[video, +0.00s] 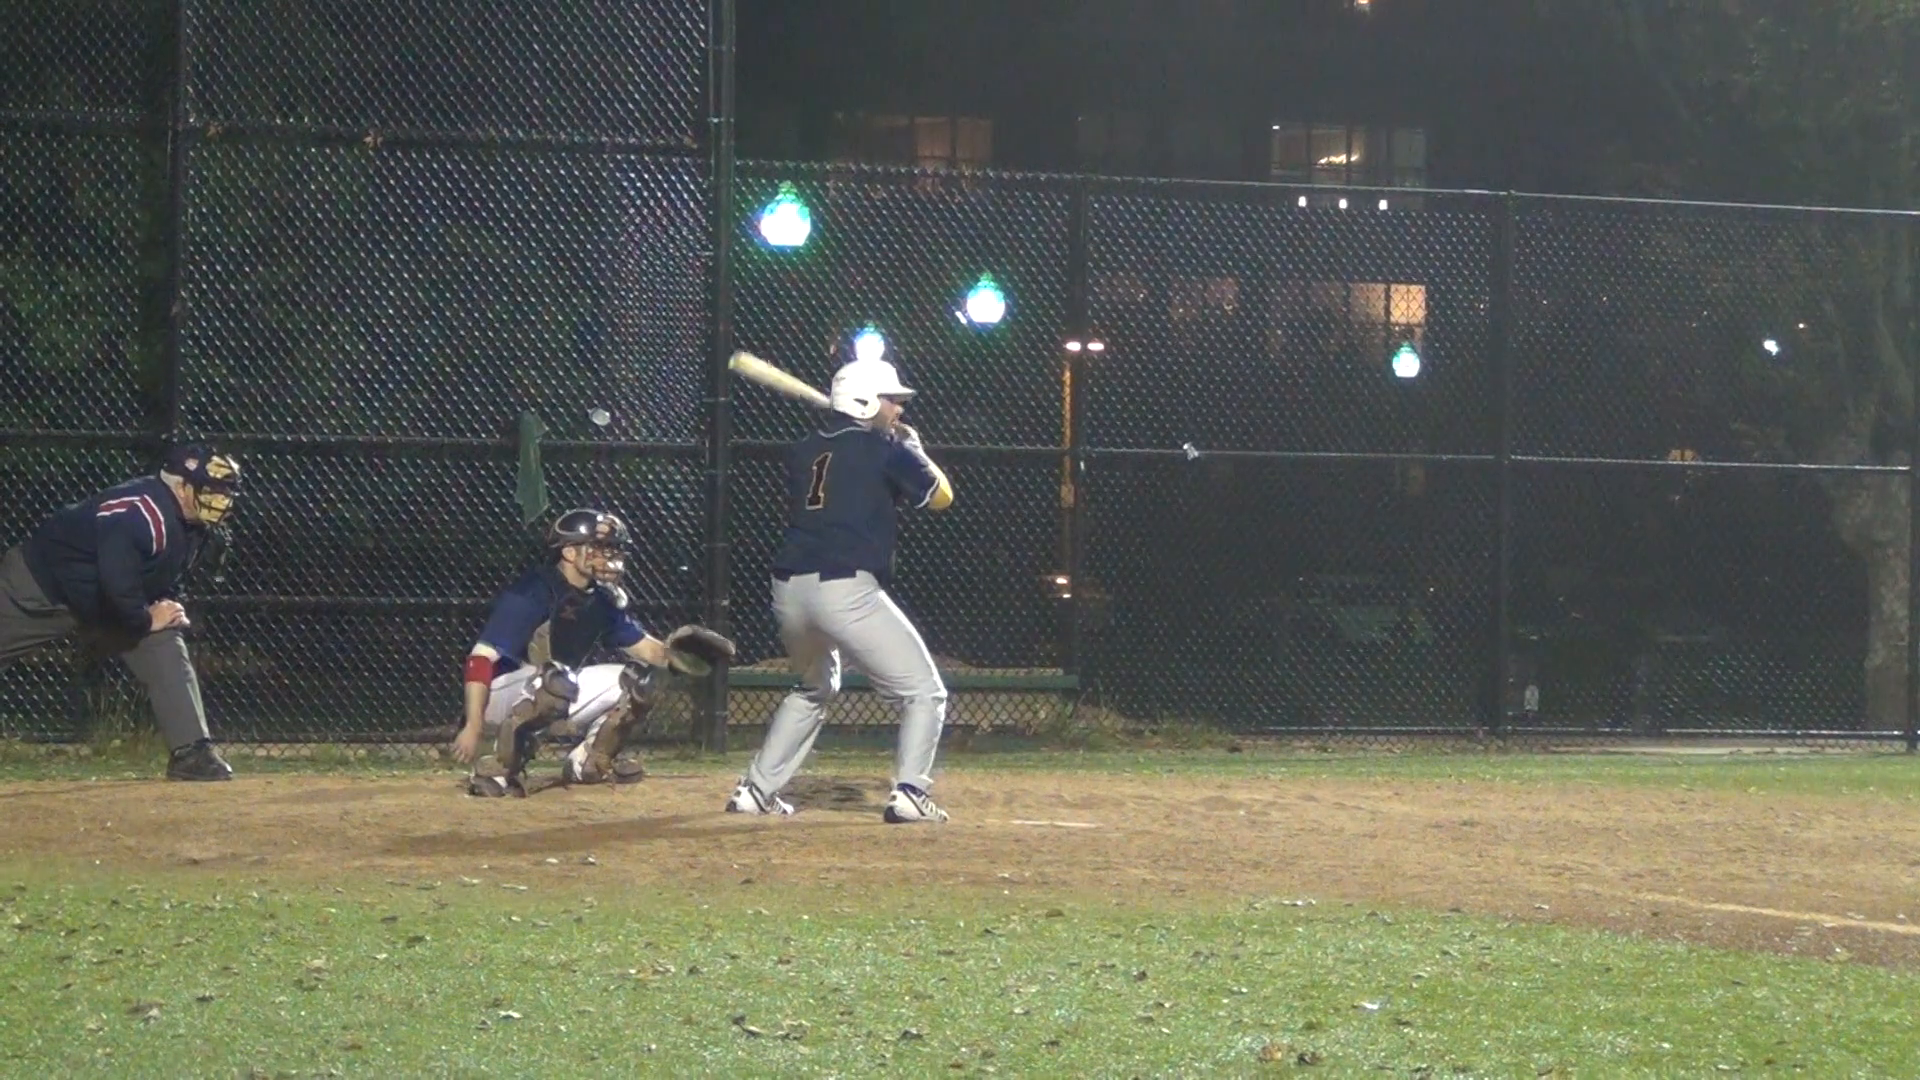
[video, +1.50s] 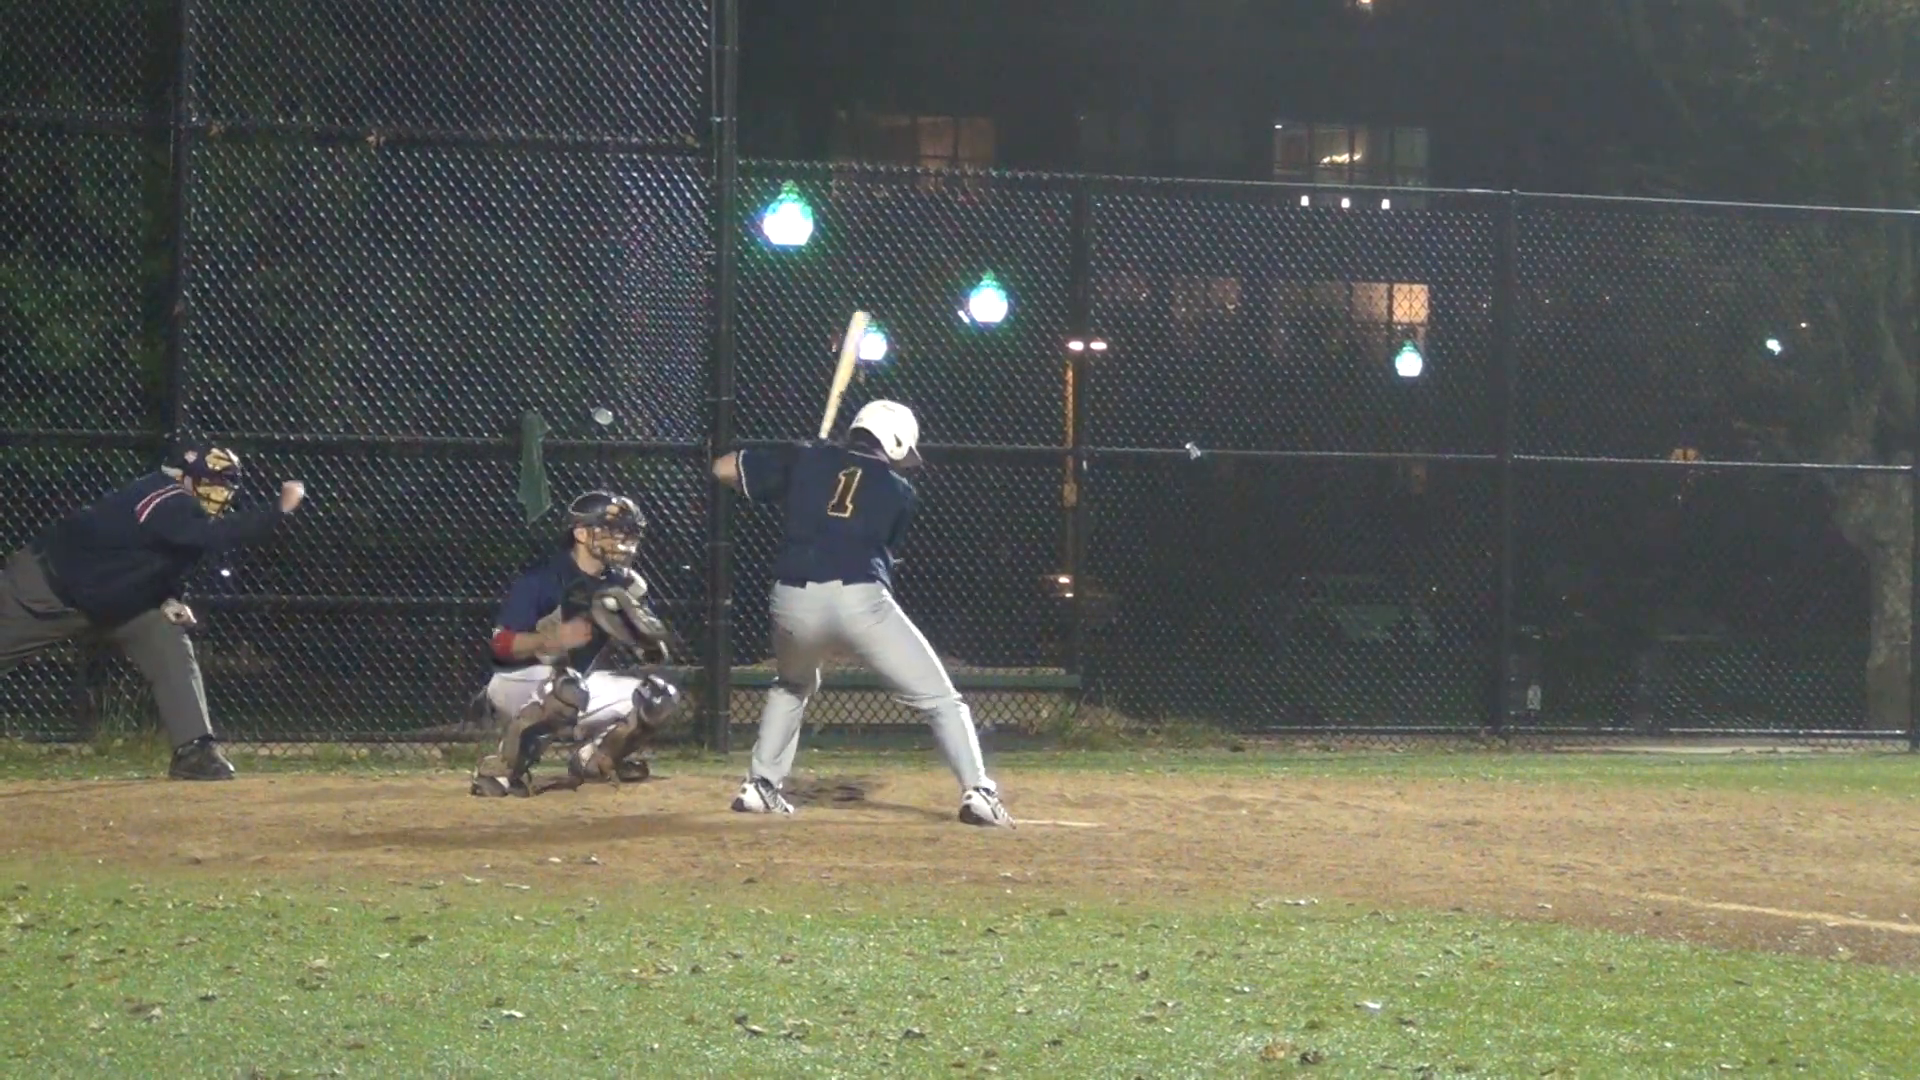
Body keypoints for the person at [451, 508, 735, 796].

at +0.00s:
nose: (610, 557)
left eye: (611, 549)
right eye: (601, 549)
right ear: (570, 553)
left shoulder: (602, 598)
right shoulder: (532, 592)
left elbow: (641, 646)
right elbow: (481, 657)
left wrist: (685, 654)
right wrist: (472, 724)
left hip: (558, 694)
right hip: (500, 693)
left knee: (636, 683)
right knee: (556, 681)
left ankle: (588, 765)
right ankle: (497, 773)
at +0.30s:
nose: (614, 559)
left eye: (616, 552)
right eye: (606, 551)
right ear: (576, 553)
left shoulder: (607, 600)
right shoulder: (538, 592)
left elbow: (646, 649)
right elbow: (485, 662)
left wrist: (688, 660)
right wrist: (486, 735)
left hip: (563, 692)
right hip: (503, 695)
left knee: (645, 683)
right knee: (558, 684)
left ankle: (590, 765)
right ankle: (495, 770)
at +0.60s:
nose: (617, 555)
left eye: (620, 548)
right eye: (608, 548)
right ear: (583, 552)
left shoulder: (614, 604)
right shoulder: (544, 591)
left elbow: (644, 657)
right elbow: (492, 657)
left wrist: (683, 667)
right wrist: (491, 726)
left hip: (571, 691)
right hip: (510, 690)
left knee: (647, 687)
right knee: (563, 686)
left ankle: (591, 763)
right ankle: (496, 767)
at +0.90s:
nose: (627, 565)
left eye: (629, 557)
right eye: (617, 556)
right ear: (587, 558)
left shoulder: (622, 605)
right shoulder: (545, 597)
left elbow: (659, 659)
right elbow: (490, 659)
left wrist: (687, 654)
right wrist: (490, 730)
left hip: (576, 694)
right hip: (513, 695)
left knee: (648, 692)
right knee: (566, 684)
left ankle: (592, 763)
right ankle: (500, 767)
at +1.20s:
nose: (620, 569)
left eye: (623, 562)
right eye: (611, 560)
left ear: (627, 564)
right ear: (581, 560)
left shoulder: (617, 605)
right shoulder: (543, 593)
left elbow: (654, 648)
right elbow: (478, 651)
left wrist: (687, 671)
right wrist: (482, 720)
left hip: (566, 697)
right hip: (503, 696)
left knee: (648, 694)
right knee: (561, 683)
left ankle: (594, 766)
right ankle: (496, 768)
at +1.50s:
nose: (621, 539)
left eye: (624, 532)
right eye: (610, 530)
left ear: (631, 536)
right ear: (581, 534)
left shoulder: (621, 584)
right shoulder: (542, 580)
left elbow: (655, 652)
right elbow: (501, 645)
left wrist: (637, 626)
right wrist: (555, 638)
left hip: (579, 681)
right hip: (515, 679)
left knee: (657, 695)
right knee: (569, 690)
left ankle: (593, 761)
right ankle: (501, 770)